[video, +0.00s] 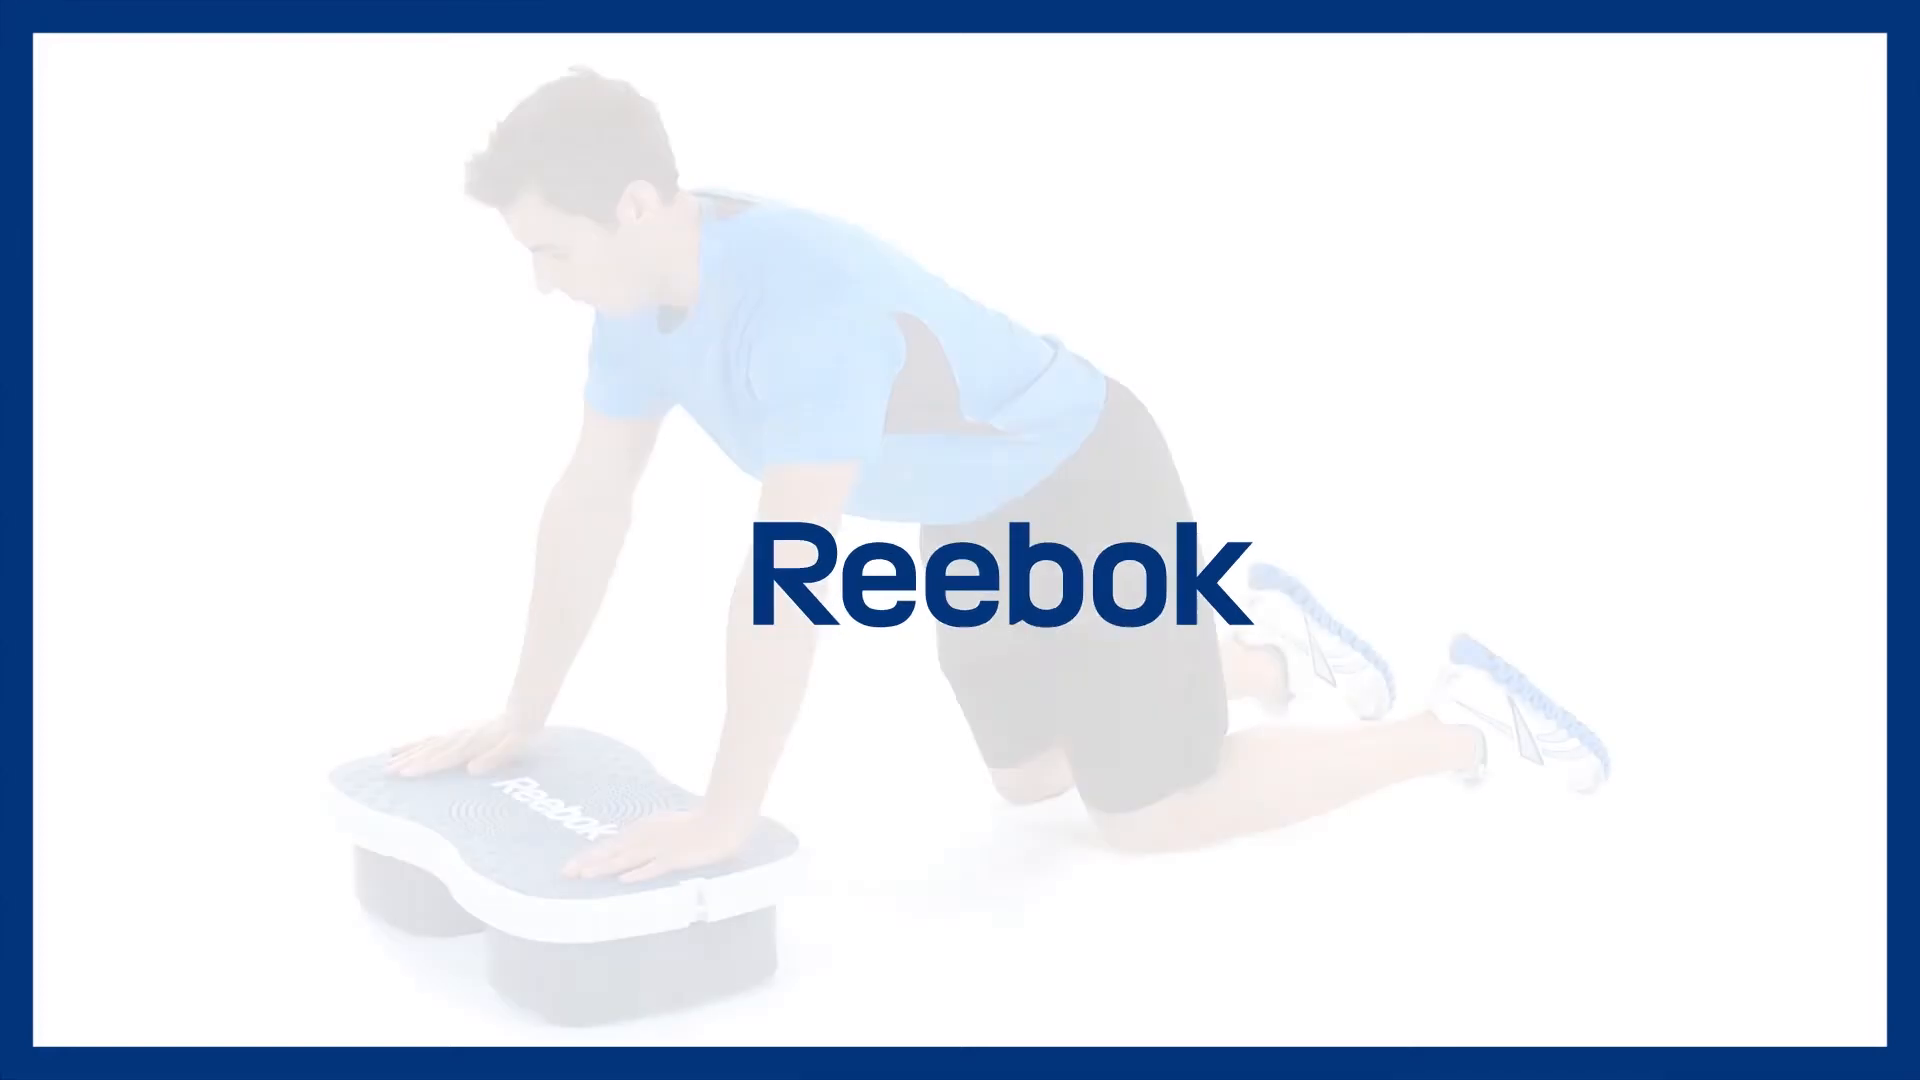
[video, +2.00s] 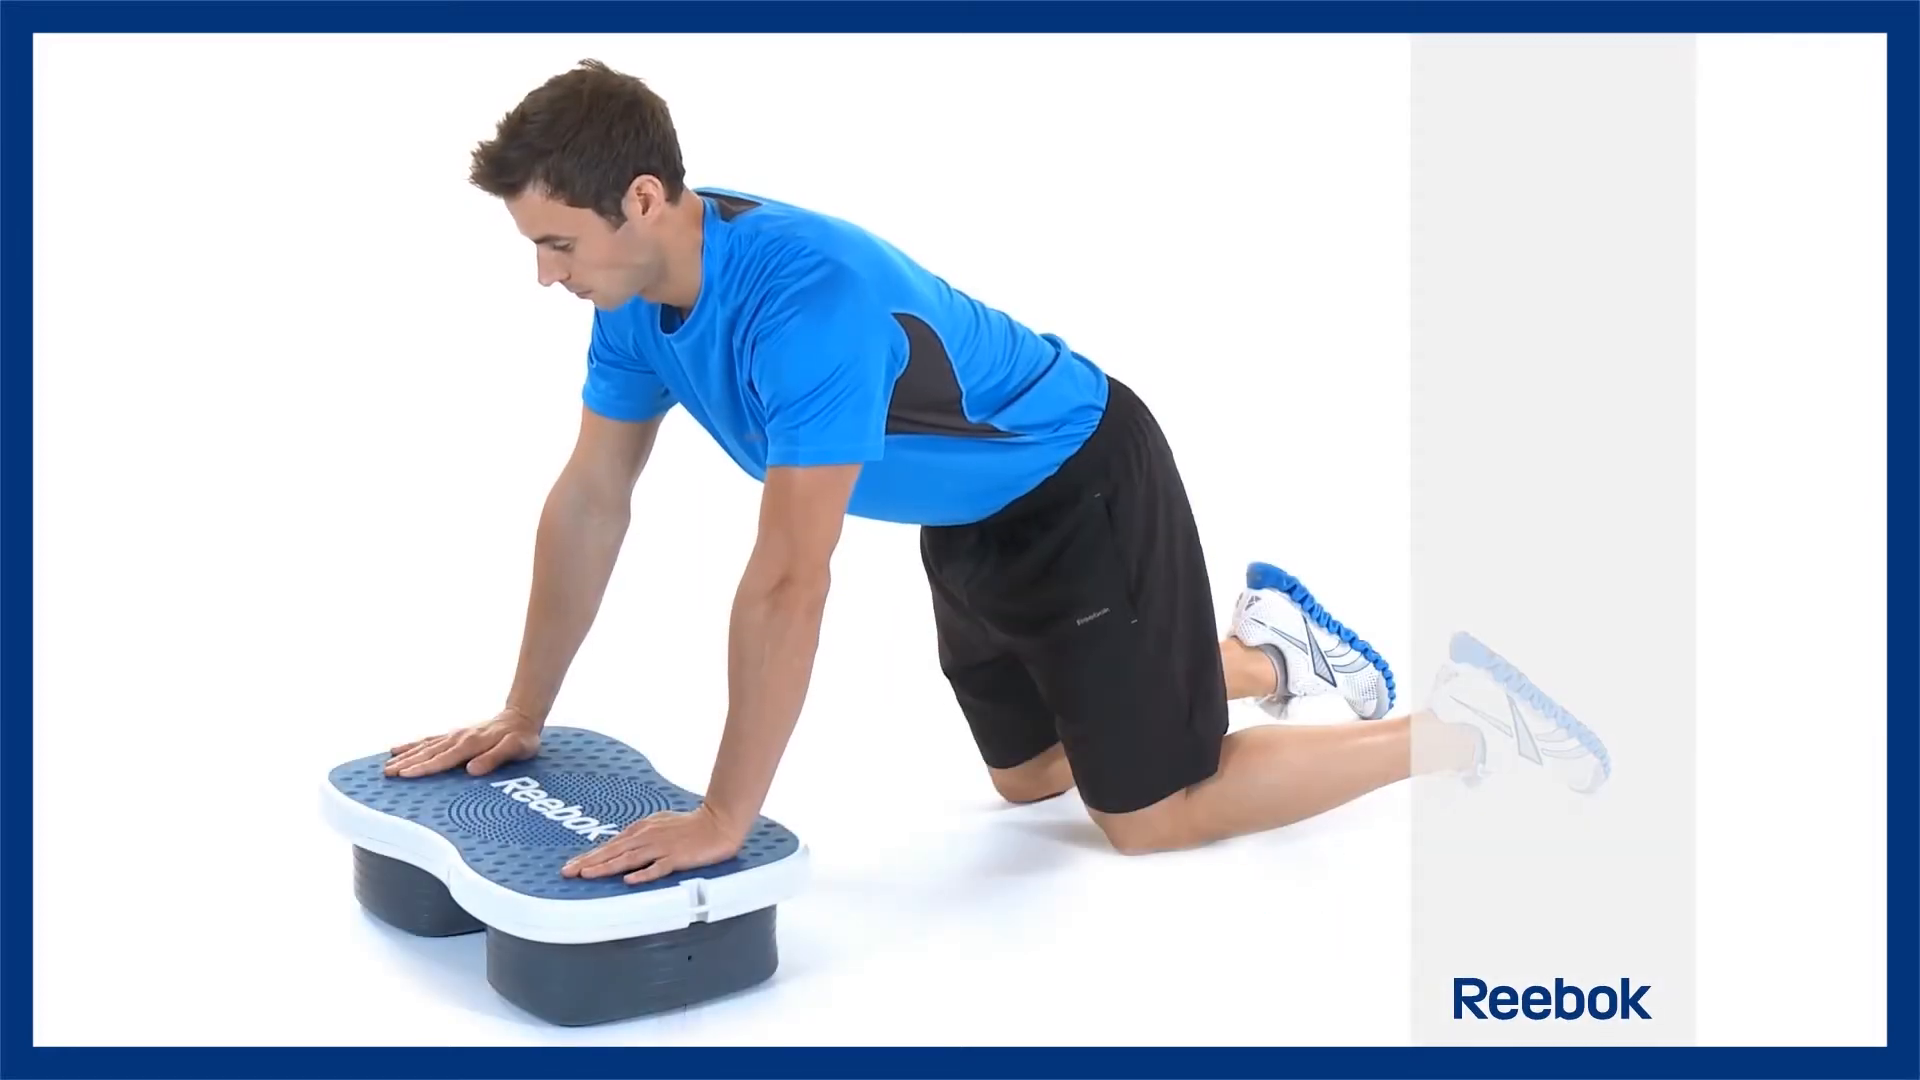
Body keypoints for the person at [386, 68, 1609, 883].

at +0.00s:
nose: (536, 278)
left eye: (545, 247)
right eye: (525, 252)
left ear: (636, 204)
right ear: (612, 214)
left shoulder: (800, 303)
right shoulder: (639, 307)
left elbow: (790, 587)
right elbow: (589, 505)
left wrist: (729, 811)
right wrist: (523, 716)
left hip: (1084, 489)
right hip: (954, 527)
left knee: (1158, 813)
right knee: (1039, 778)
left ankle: (1467, 733)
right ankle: (1277, 666)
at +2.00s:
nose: (542, 271)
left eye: (553, 240)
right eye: (530, 244)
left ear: (645, 201)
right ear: (615, 214)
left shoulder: (807, 304)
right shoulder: (631, 304)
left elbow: (787, 587)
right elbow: (588, 508)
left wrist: (729, 811)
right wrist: (525, 714)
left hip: (1082, 483)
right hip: (962, 521)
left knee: (1155, 810)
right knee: (1040, 775)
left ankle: (1451, 735)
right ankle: (1280, 652)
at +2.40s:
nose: (545, 273)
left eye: (555, 241)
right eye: (531, 246)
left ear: (648, 201)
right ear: (622, 214)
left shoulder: (807, 302)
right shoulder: (633, 303)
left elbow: (786, 583)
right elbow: (587, 505)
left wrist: (728, 812)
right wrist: (522, 717)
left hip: (1083, 483)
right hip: (963, 521)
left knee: (1152, 814)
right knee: (1037, 770)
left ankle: (1448, 737)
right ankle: (1265, 657)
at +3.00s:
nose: (500, 343)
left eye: (504, 314)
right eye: (484, 322)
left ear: (587, 256)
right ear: (567, 262)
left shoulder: (759, 352)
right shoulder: (598, 340)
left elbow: (834, 611)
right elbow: (584, 520)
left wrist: (729, 817)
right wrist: (519, 719)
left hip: (1054, 488)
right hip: (943, 536)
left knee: (1150, 811)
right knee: (1032, 775)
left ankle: (1470, 746)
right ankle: (1267, 665)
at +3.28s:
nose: (409, 530)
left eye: (409, 503)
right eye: (389, 512)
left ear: (481, 441)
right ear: (464, 434)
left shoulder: (664, 467)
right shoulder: (534, 411)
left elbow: (853, 646)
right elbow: (574, 551)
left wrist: (733, 820)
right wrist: (523, 713)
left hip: (997, 522)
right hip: (899, 567)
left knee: (1154, 809)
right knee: (1032, 771)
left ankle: (1467, 751)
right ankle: (1255, 657)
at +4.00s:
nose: (329, 811)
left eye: (317, 791)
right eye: (301, 803)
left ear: (365, 713)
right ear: (352, 679)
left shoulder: (571, 673)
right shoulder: (421, 588)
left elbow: (815, 636)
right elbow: (553, 498)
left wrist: (730, 822)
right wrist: (516, 689)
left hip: (915, 600)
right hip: (838, 628)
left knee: (1149, 809)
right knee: (1044, 756)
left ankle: (1470, 750)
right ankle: (1255, 657)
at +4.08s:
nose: (324, 803)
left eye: (310, 783)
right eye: (296, 793)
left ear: (359, 710)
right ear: (349, 680)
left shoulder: (566, 668)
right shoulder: (421, 590)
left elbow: (815, 637)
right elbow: (553, 498)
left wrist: (730, 824)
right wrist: (529, 696)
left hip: (915, 598)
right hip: (836, 630)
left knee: (1149, 809)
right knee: (1044, 757)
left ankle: (1469, 749)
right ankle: (1256, 657)